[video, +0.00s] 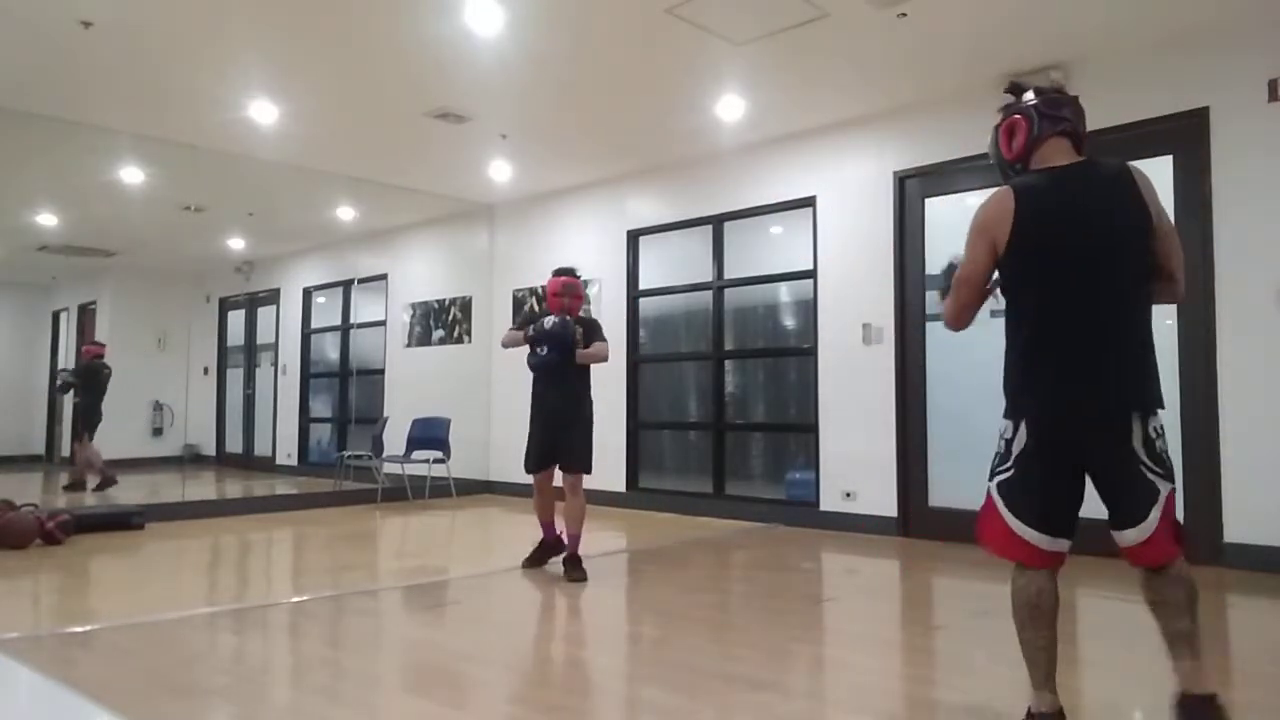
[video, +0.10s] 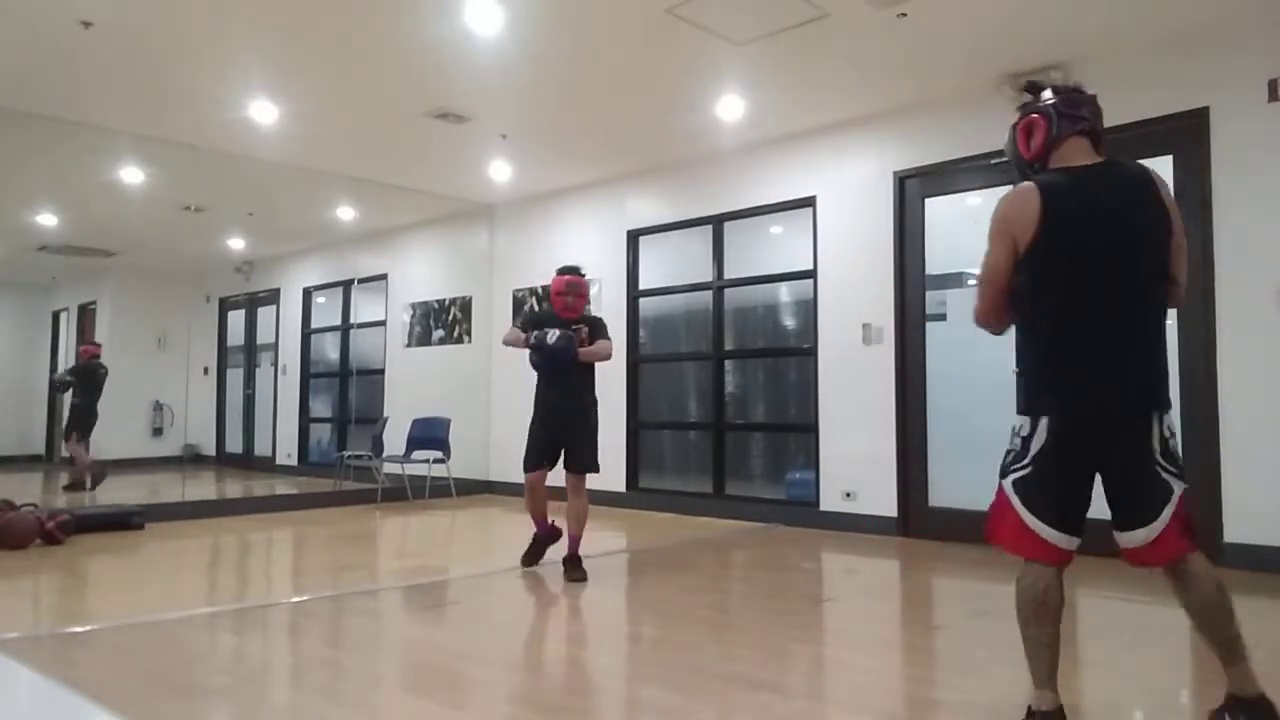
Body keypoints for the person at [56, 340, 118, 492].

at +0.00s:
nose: (83, 356)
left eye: (84, 353)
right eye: (84, 353)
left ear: (88, 353)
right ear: (101, 354)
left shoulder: (85, 368)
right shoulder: (106, 369)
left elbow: (65, 388)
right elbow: (90, 384)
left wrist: (64, 382)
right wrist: (72, 377)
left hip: (83, 410)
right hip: (96, 410)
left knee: (80, 445)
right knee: (84, 445)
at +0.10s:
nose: (79, 357)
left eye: (81, 354)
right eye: (80, 354)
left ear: (85, 354)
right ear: (97, 355)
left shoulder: (82, 368)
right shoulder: (102, 369)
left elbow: (61, 378)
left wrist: (59, 378)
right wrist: (67, 380)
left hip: (79, 409)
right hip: (91, 409)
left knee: (70, 443)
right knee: (82, 444)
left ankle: (94, 470)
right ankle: (78, 479)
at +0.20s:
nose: (78, 356)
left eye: (79, 353)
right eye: (79, 353)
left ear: (81, 354)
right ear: (94, 354)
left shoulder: (77, 368)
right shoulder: (99, 369)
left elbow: (56, 380)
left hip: (74, 409)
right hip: (87, 408)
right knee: (82, 443)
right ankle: (79, 480)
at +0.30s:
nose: (72, 358)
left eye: (73, 355)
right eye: (74, 355)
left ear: (76, 356)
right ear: (90, 355)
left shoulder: (69, 371)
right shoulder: (95, 370)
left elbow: (51, 383)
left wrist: (50, 385)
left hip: (66, 409)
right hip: (83, 409)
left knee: (52, 440)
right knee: (78, 442)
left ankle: (57, 474)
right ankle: (80, 478)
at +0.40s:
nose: (66, 358)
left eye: (67, 355)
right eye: (67, 355)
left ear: (73, 355)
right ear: (84, 355)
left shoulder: (70, 370)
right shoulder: (90, 370)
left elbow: (56, 380)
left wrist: (44, 386)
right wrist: (49, 384)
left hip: (66, 410)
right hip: (80, 411)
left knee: (49, 442)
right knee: (76, 442)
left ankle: (41, 479)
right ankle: (79, 479)